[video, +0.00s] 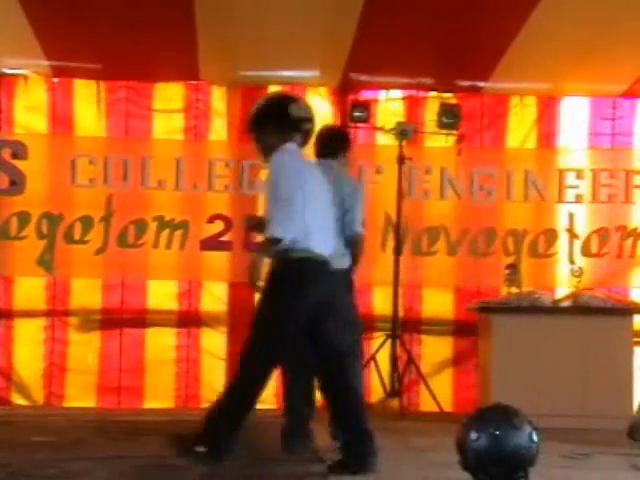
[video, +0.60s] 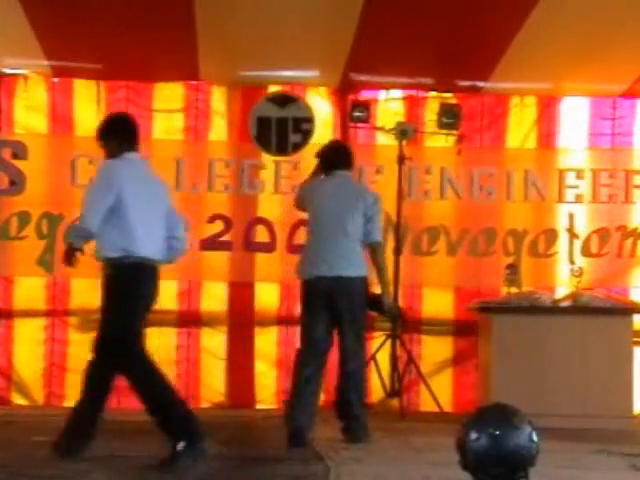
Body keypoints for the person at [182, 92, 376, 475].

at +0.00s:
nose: (256, 144)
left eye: (258, 135)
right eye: (255, 135)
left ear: (272, 132)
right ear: (293, 133)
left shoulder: (284, 162)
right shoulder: (311, 169)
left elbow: (285, 220)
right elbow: (309, 225)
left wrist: (264, 249)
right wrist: (265, 224)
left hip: (295, 272)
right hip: (327, 273)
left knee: (257, 360)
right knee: (336, 368)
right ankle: (358, 453)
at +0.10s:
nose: (220, 149)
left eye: (222, 141)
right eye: (220, 141)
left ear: (232, 139)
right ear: (252, 137)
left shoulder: (242, 170)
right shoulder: (271, 172)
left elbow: (239, 234)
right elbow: (276, 227)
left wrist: (215, 243)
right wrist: (229, 231)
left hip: (249, 274)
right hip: (278, 275)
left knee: (215, 362)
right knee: (291, 365)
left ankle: (201, 450)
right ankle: (340, 434)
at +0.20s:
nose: (196, 146)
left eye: (198, 139)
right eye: (196, 139)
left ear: (207, 137)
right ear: (228, 134)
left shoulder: (219, 166)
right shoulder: (247, 169)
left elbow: (217, 220)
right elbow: (267, 220)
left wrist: (191, 253)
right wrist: (251, 254)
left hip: (223, 269)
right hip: (249, 271)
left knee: (195, 356)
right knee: (238, 354)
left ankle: (200, 448)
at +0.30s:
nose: (166, 139)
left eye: (167, 131)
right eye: (166, 131)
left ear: (174, 130)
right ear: (199, 127)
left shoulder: (184, 161)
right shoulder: (220, 165)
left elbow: (176, 210)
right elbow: (241, 219)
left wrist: (148, 241)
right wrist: (221, 244)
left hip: (194, 261)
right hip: (220, 262)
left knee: (183, 351)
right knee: (193, 347)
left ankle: (197, 446)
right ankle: (214, 423)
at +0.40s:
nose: (147, 137)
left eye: (147, 130)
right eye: (148, 130)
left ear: (153, 129)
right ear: (179, 126)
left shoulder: (161, 159)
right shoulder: (201, 164)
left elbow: (149, 208)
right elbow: (224, 226)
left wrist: (123, 238)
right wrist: (197, 240)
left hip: (175, 262)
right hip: (200, 263)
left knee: (171, 352)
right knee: (169, 351)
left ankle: (196, 443)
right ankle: (166, 437)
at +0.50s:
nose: (120, 145)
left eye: (120, 139)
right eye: (120, 139)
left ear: (125, 138)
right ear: (152, 136)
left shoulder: (133, 169)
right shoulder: (173, 178)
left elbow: (107, 221)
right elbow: (197, 235)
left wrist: (90, 237)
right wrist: (171, 254)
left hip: (144, 272)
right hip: (169, 272)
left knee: (156, 356)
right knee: (132, 357)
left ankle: (195, 439)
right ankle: (92, 428)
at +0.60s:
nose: (101, 148)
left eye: (102, 142)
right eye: (101, 142)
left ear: (109, 142)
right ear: (134, 140)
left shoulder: (112, 171)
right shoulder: (152, 178)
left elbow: (89, 224)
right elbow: (178, 238)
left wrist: (72, 240)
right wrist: (147, 255)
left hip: (123, 274)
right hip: (146, 274)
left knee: (128, 356)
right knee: (107, 358)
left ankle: (186, 435)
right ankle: (73, 441)